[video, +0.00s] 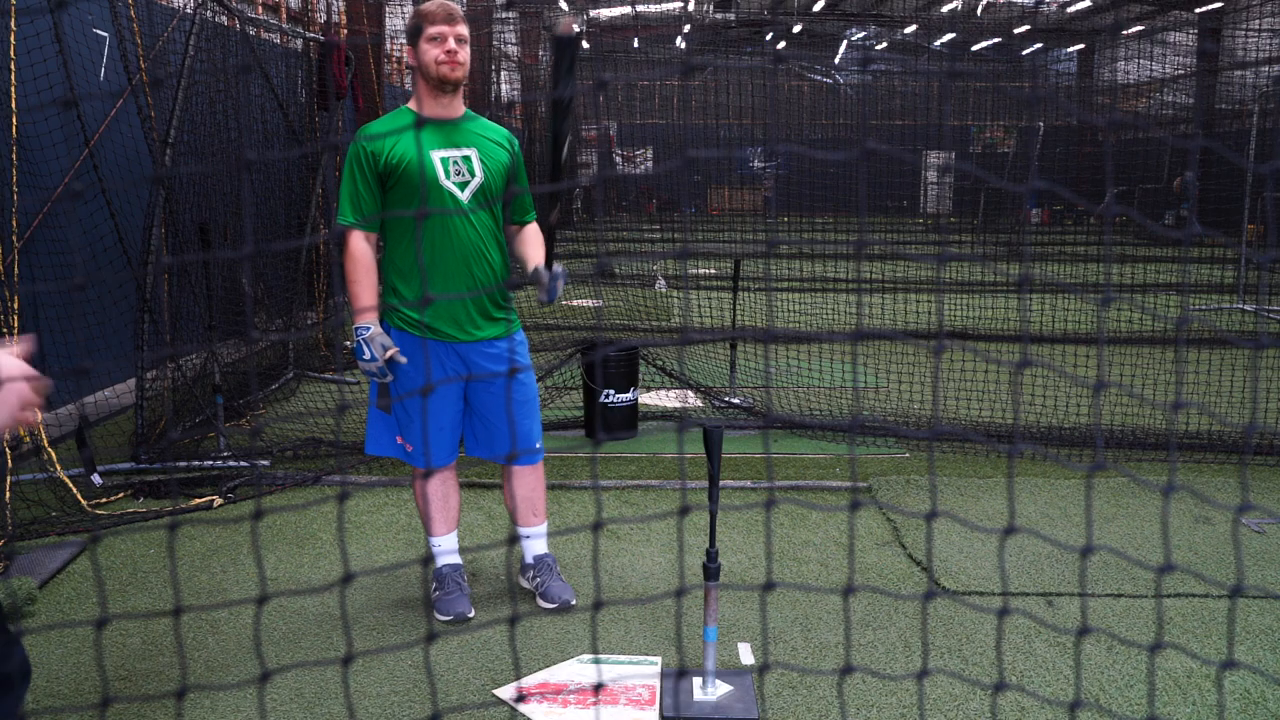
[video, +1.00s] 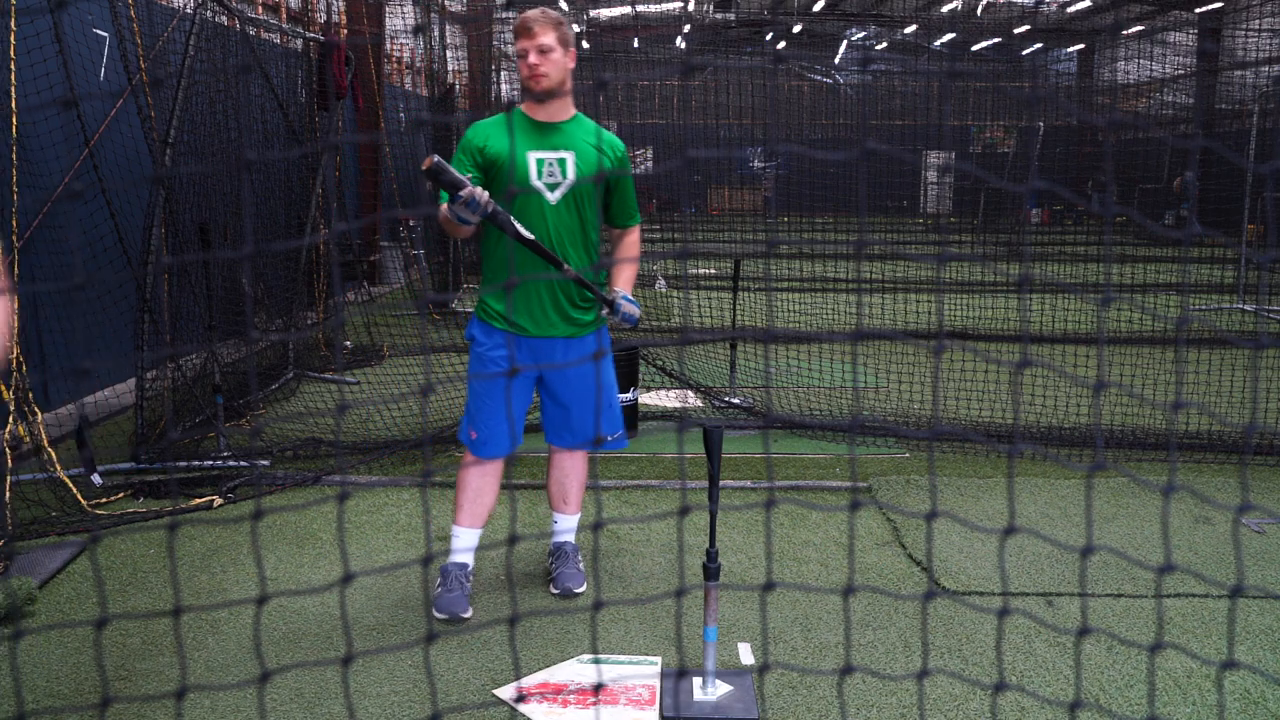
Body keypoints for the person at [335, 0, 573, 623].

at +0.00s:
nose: (452, 50)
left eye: (460, 41)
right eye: (437, 41)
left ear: (471, 54)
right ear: (412, 55)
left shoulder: (500, 143)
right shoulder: (376, 143)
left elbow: (522, 222)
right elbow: (360, 237)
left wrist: (539, 267)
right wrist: (367, 323)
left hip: (496, 327)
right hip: (416, 332)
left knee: (525, 445)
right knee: (434, 455)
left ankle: (536, 561)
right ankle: (447, 568)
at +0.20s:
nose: (459, 50)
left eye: (468, 41)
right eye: (444, 42)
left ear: (482, 55)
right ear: (421, 57)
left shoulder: (508, 142)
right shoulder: (386, 142)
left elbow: (531, 225)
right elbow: (366, 235)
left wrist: (541, 280)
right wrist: (364, 319)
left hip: (503, 325)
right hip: (423, 330)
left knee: (537, 442)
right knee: (437, 454)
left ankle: (556, 548)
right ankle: (447, 566)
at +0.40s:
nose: (471, 52)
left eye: (481, 42)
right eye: (458, 44)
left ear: (500, 55)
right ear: (440, 58)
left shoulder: (533, 146)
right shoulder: (406, 142)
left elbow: (555, 226)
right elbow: (379, 221)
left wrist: (552, 281)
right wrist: (373, 286)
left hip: (518, 327)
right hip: (438, 328)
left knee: (544, 447)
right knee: (443, 455)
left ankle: (565, 546)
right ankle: (449, 567)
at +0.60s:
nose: (491, 55)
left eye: (502, 44)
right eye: (478, 46)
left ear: (524, 55)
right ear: (465, 60)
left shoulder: (559, 146)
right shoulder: (435, 139)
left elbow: (584, 225)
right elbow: (395, 222)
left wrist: (576, 285)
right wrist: (408, 222)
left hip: (539, 322)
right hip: (459, 324)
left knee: (553, 443)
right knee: (456, 451)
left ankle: (563, 549)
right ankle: (450, 567)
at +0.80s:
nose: (511, 58)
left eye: (523, 48)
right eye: (502, 50)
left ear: (550, 57)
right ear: (493, 61)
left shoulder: (585, 147)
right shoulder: (461, 138)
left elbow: (612, 225)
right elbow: (430, 226)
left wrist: (603, 281)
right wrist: (445, 209)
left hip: (561, 324)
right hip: (483, 324)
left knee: (566, 444)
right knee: (472, 449)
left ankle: (564, 548)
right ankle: (452, 566)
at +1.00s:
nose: (533, 62)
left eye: (545, 51)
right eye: (523, 54)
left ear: (572, 58)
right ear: (516, 64)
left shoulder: (605, 148)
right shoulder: (485, 137)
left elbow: (628, 231)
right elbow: (453, 226)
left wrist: (621, 291)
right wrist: (465, 212)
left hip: (577, 323)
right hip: (500, 321)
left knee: (573, 438)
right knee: (483, 443)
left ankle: (565, 548)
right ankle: (458, 564)